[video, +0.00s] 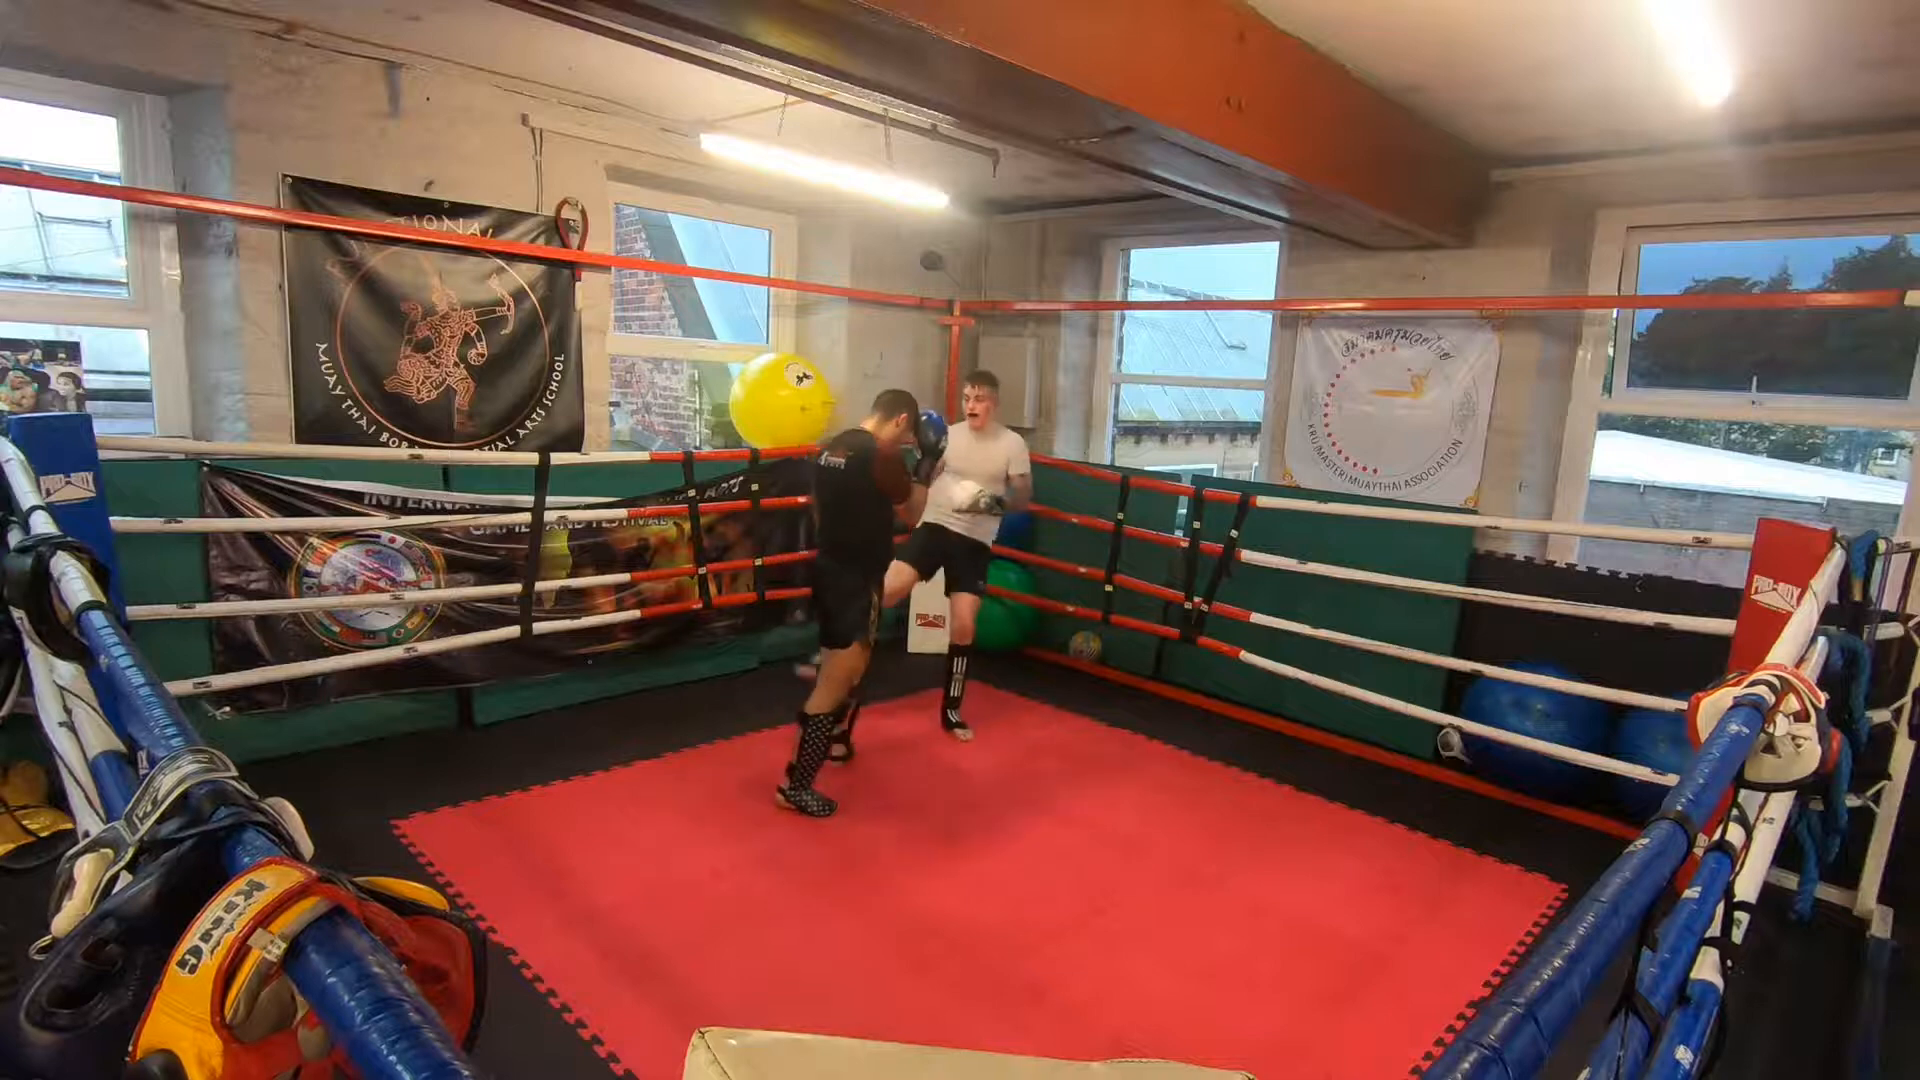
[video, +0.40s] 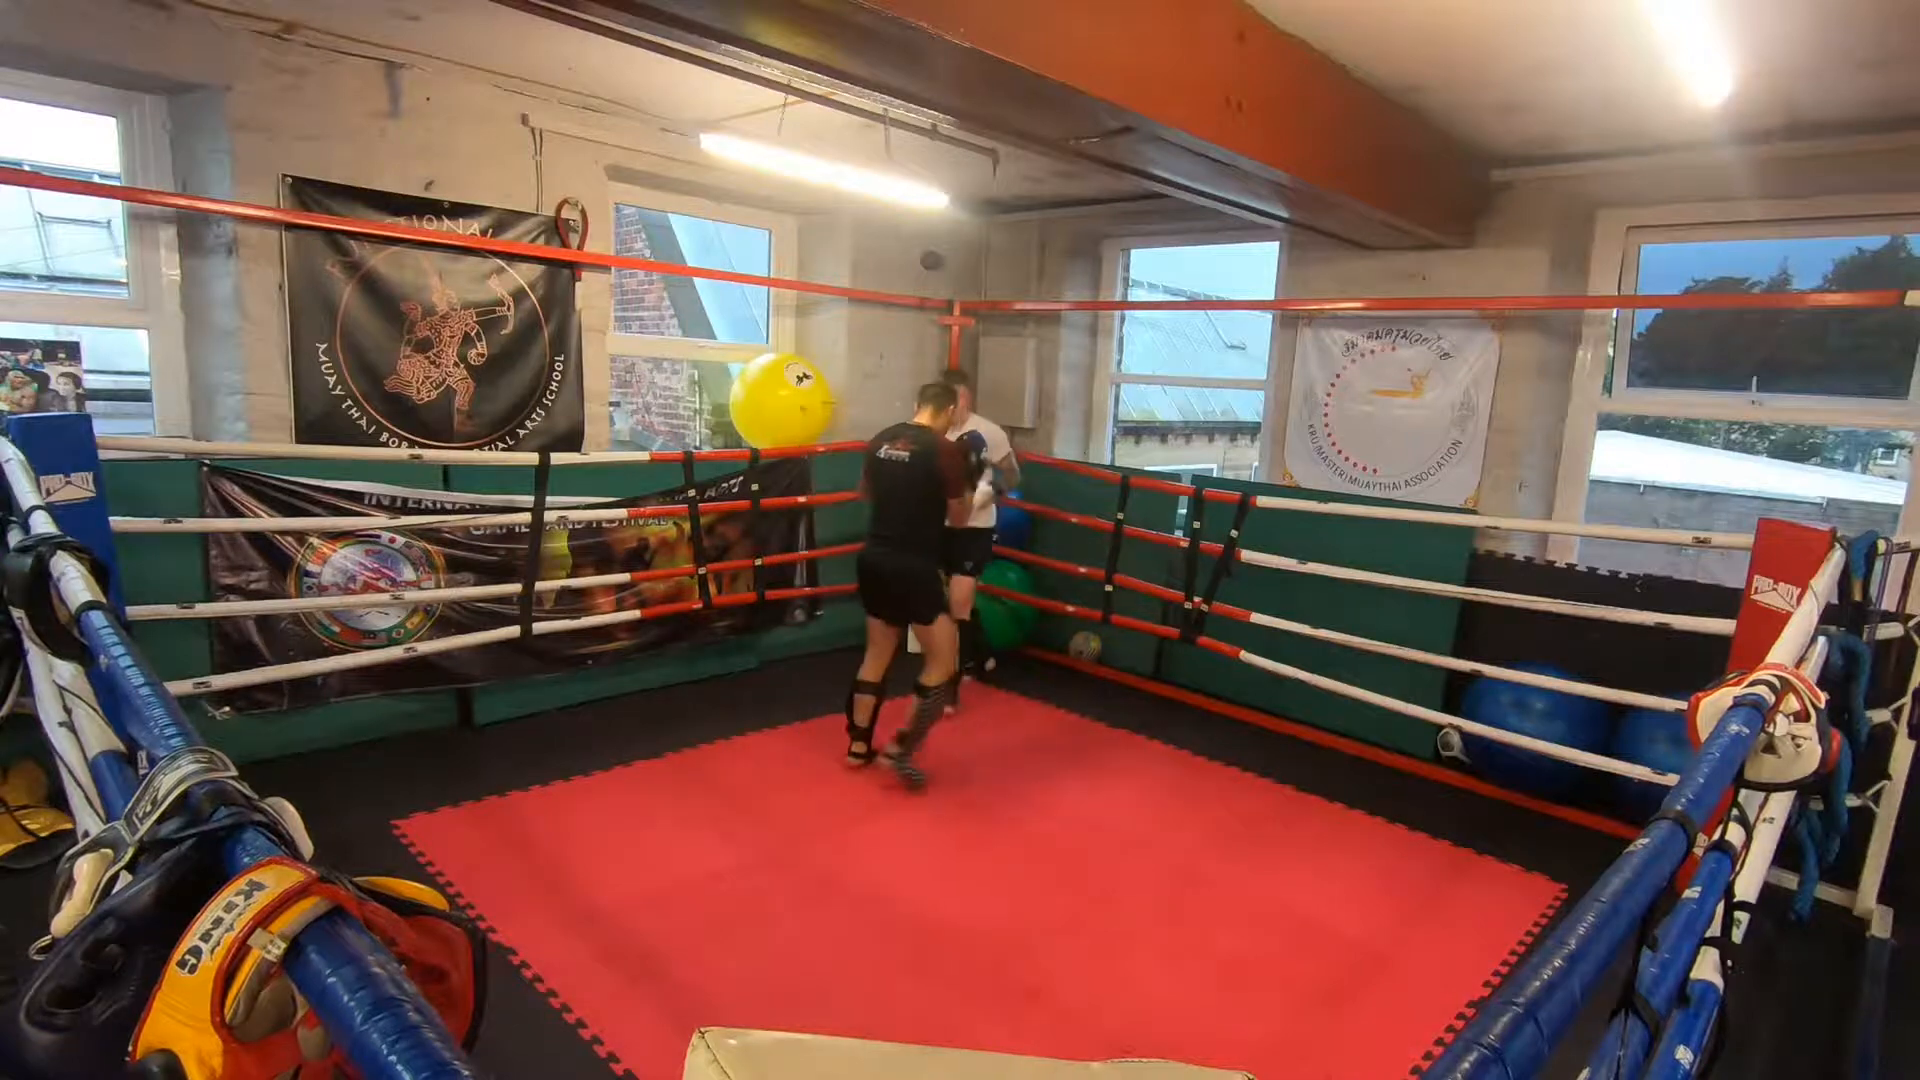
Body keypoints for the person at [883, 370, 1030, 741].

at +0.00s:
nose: (972, 405)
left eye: (980, 399)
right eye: (968, 398)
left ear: (994, 402)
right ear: (962, 400)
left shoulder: (1012, 443)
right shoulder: (947, 434)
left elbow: (1022, 499)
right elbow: (924, 481)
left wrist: (990, 501)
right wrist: (928, 457)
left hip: (973, 541)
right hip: (932, 529)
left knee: (964, 626)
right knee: (886, 590)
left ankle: (952, 712)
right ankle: (836, 662)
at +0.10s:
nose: (969, 402)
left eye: (976, 396)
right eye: (964, 395)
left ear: (990, 400)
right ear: (956, 399)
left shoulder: (1009, 442)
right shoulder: (946, 434)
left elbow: (1028, 495)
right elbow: (929, 483)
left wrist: (1004, 503)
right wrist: (933, 456)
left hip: (976, 541)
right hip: (936, 533)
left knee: (960, 626)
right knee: (902, 607)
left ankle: (950, 710)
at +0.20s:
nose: (960, 405)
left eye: (967, 399)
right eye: (955, 398)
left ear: (981, 403)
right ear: (948, 402)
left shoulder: (1001, 441)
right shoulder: (937, 439)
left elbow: (1029, 486)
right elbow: (917, 477)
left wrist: (1012, 500)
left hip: (975, 540)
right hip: (937, 537)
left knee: (959, 622)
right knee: (934, 617)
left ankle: (950, 709)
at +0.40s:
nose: (953, 404)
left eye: (958, 397)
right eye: (950, 397)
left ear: (968, 398)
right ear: (944, 399)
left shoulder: (989, 434)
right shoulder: (931, 430)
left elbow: (1011, 479)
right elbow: (917, 470)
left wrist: (991, 490)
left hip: (974, 527)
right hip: (936, 524)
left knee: (959, 603)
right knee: (940, 602)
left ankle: (950, 683)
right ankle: (983, 655)